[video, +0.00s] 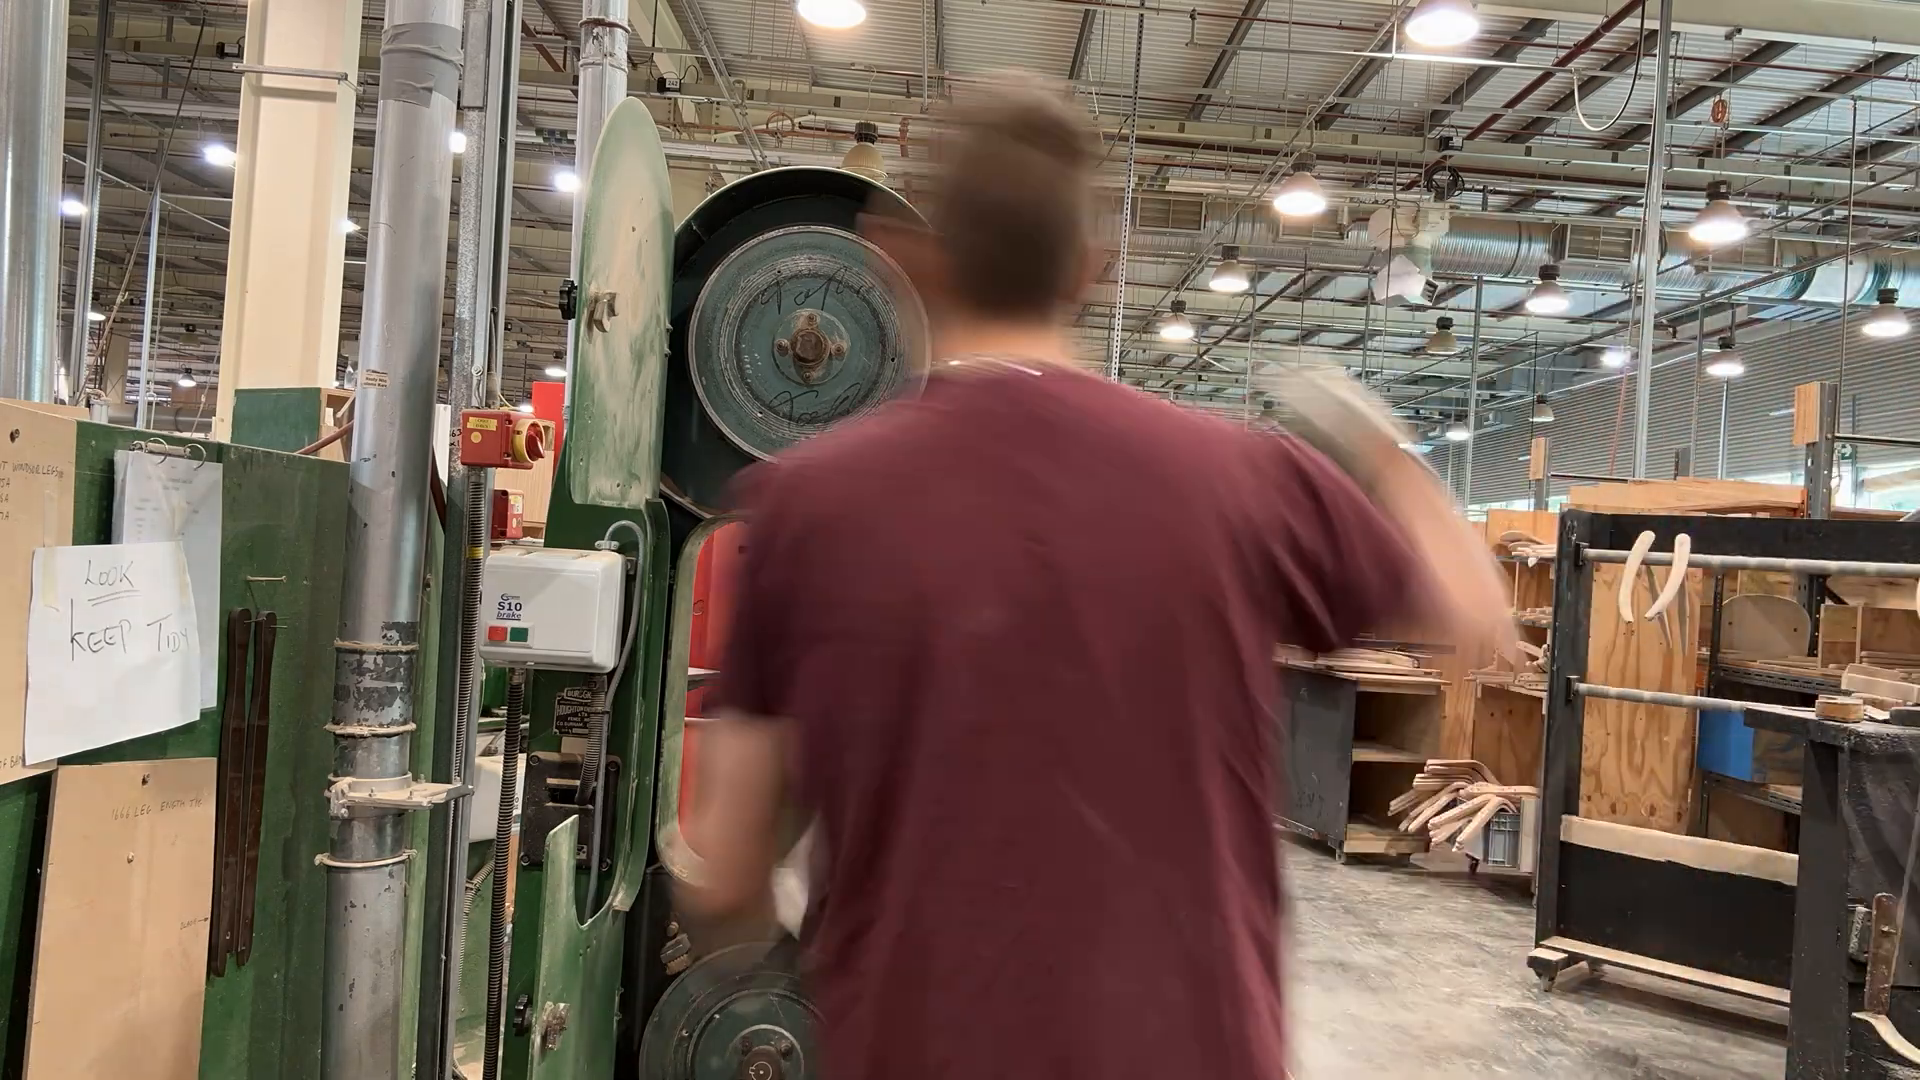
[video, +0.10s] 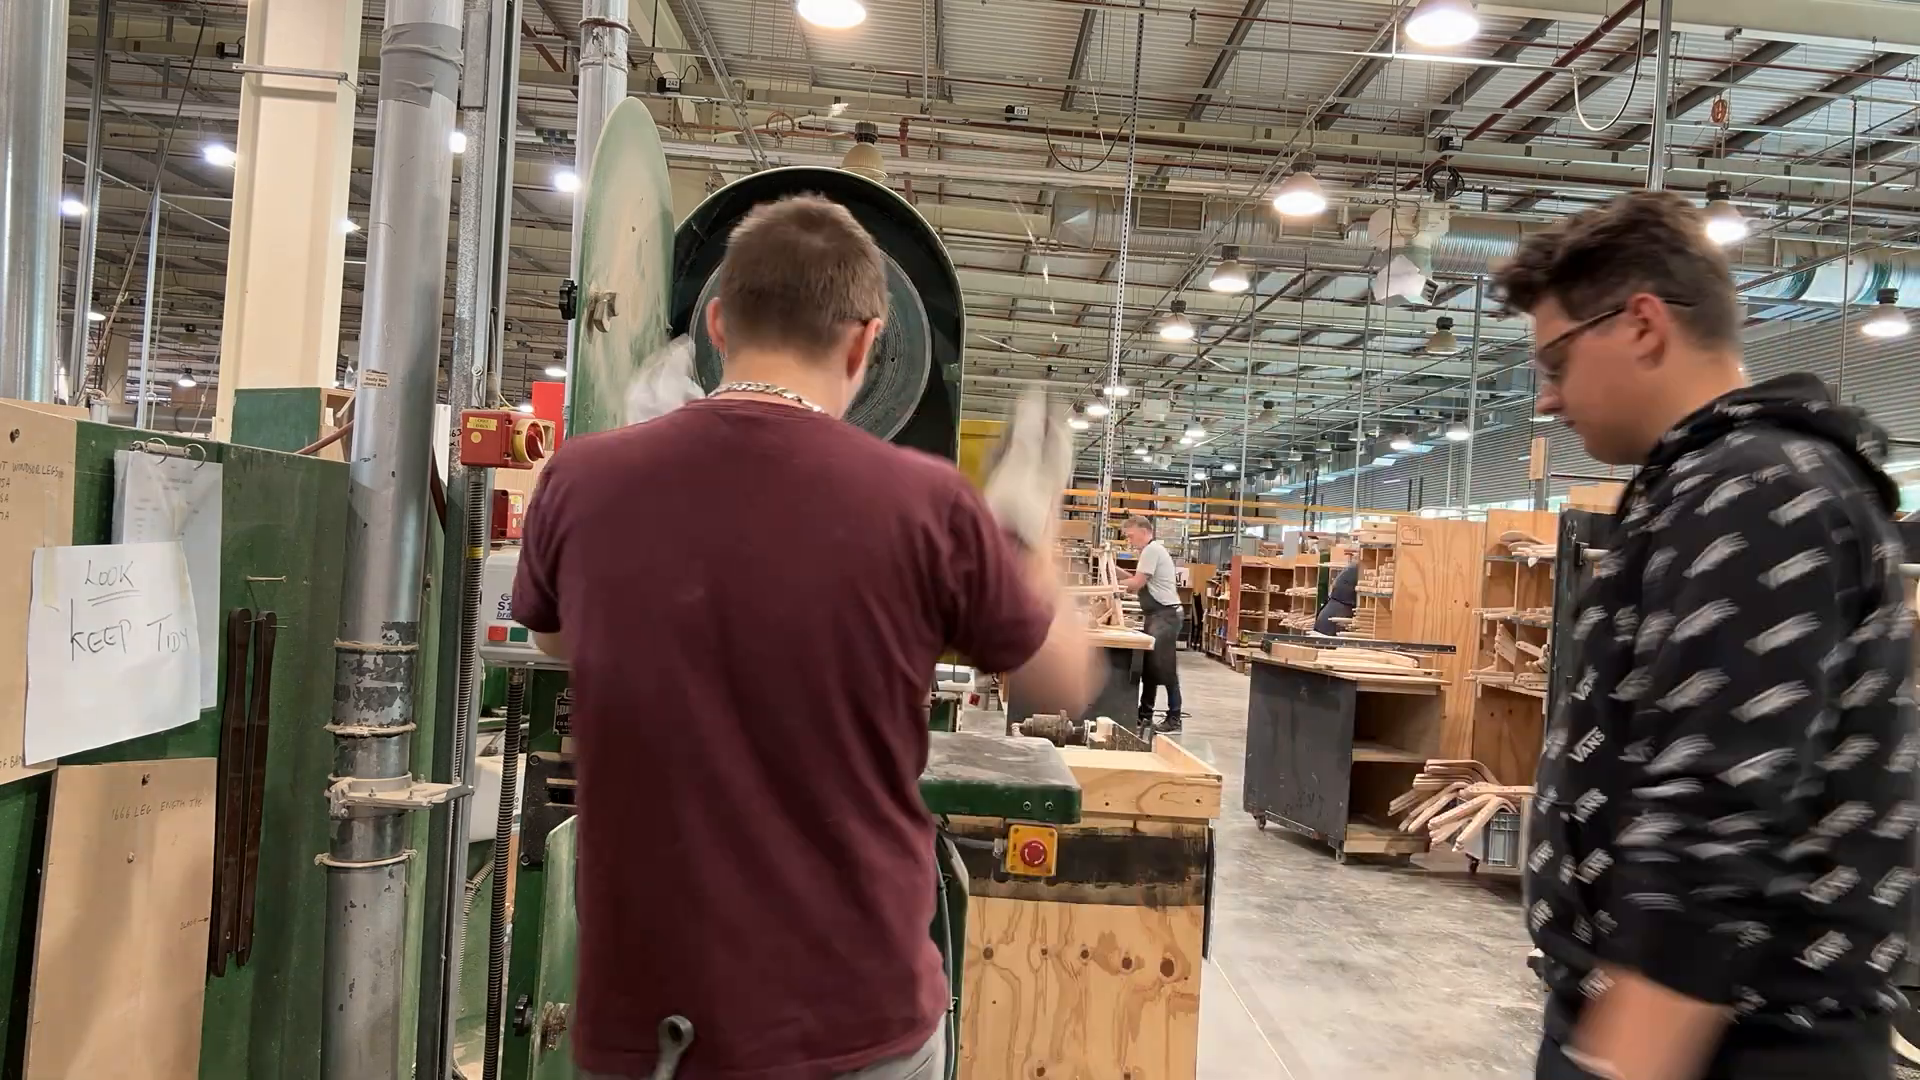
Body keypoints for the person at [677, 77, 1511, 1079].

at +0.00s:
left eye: (896, 238)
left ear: (911, 257)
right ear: (1092, 266)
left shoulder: (806, 499)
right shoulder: (1238, 474)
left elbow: (720, 870)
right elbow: (1477, 625)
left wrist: (746, 914)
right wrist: (1379, 443)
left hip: (901, 1048)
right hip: (1195, 1048)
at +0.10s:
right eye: (876, 339)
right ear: (865, 344)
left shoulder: (586, 479)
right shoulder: (923, 499)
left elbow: (563, 642)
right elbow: (1059, 688)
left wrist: (650, 454)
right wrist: (1038, 539)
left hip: (633, 1010)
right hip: (858, 1020)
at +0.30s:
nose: (898, 387)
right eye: (905, 370)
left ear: (752, 349)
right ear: (894, 362)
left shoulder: (617, 474)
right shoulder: (937, 520)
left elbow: (610, 650)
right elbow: (968, 749)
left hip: (621, 1002)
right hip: (844, 1019)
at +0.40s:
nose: (891, 855)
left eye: (887, 838)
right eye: (891, 842)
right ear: (870, 872)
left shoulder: (661, 920)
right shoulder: (881, 992)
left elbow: (738, 803)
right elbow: (1014, 873)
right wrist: (990, 727)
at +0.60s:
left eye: (807, 321)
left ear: (808, 349)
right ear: (943, 370)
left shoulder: (727, 477)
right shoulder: (985, 502)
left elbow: (688, 462)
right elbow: (1008, 583)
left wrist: (702, 396)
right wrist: (949, 451)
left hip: (722, 954)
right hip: (897, 968)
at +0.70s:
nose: (775, 337)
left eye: (782, 326)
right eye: (912, 372)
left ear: (783, 342)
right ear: (906, 380)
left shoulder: (687, 461)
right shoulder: (939, 496)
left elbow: (651, 526)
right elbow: (960, 587)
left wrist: (692, 412)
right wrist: (935, 445)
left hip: (695, 931)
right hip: (870, 949)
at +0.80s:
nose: (933, 437)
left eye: (942, 426)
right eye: (940, 424)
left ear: (830, 363)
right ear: (917, 416)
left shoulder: (720, 429)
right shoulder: (922, 521)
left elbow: (763, 322)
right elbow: (930, 731)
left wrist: (824, 248)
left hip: (676, 906)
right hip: (842, 934)